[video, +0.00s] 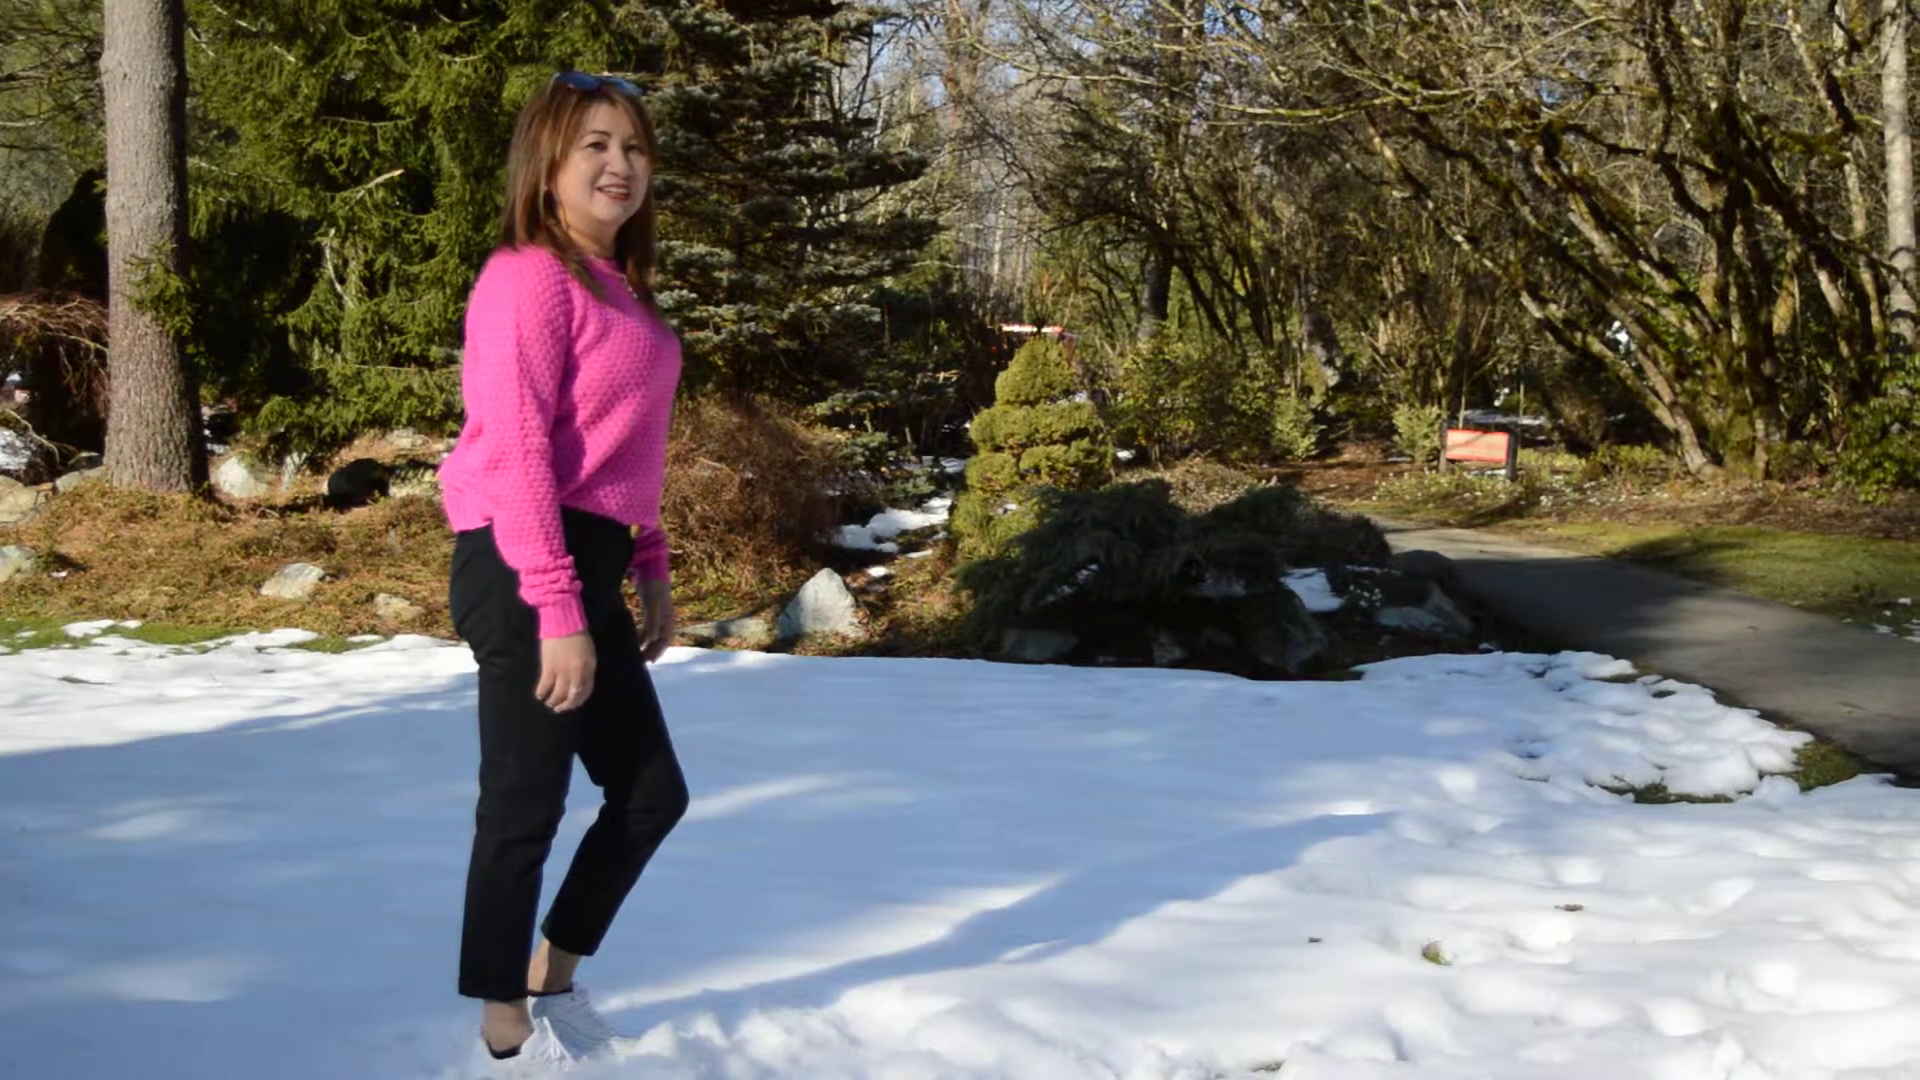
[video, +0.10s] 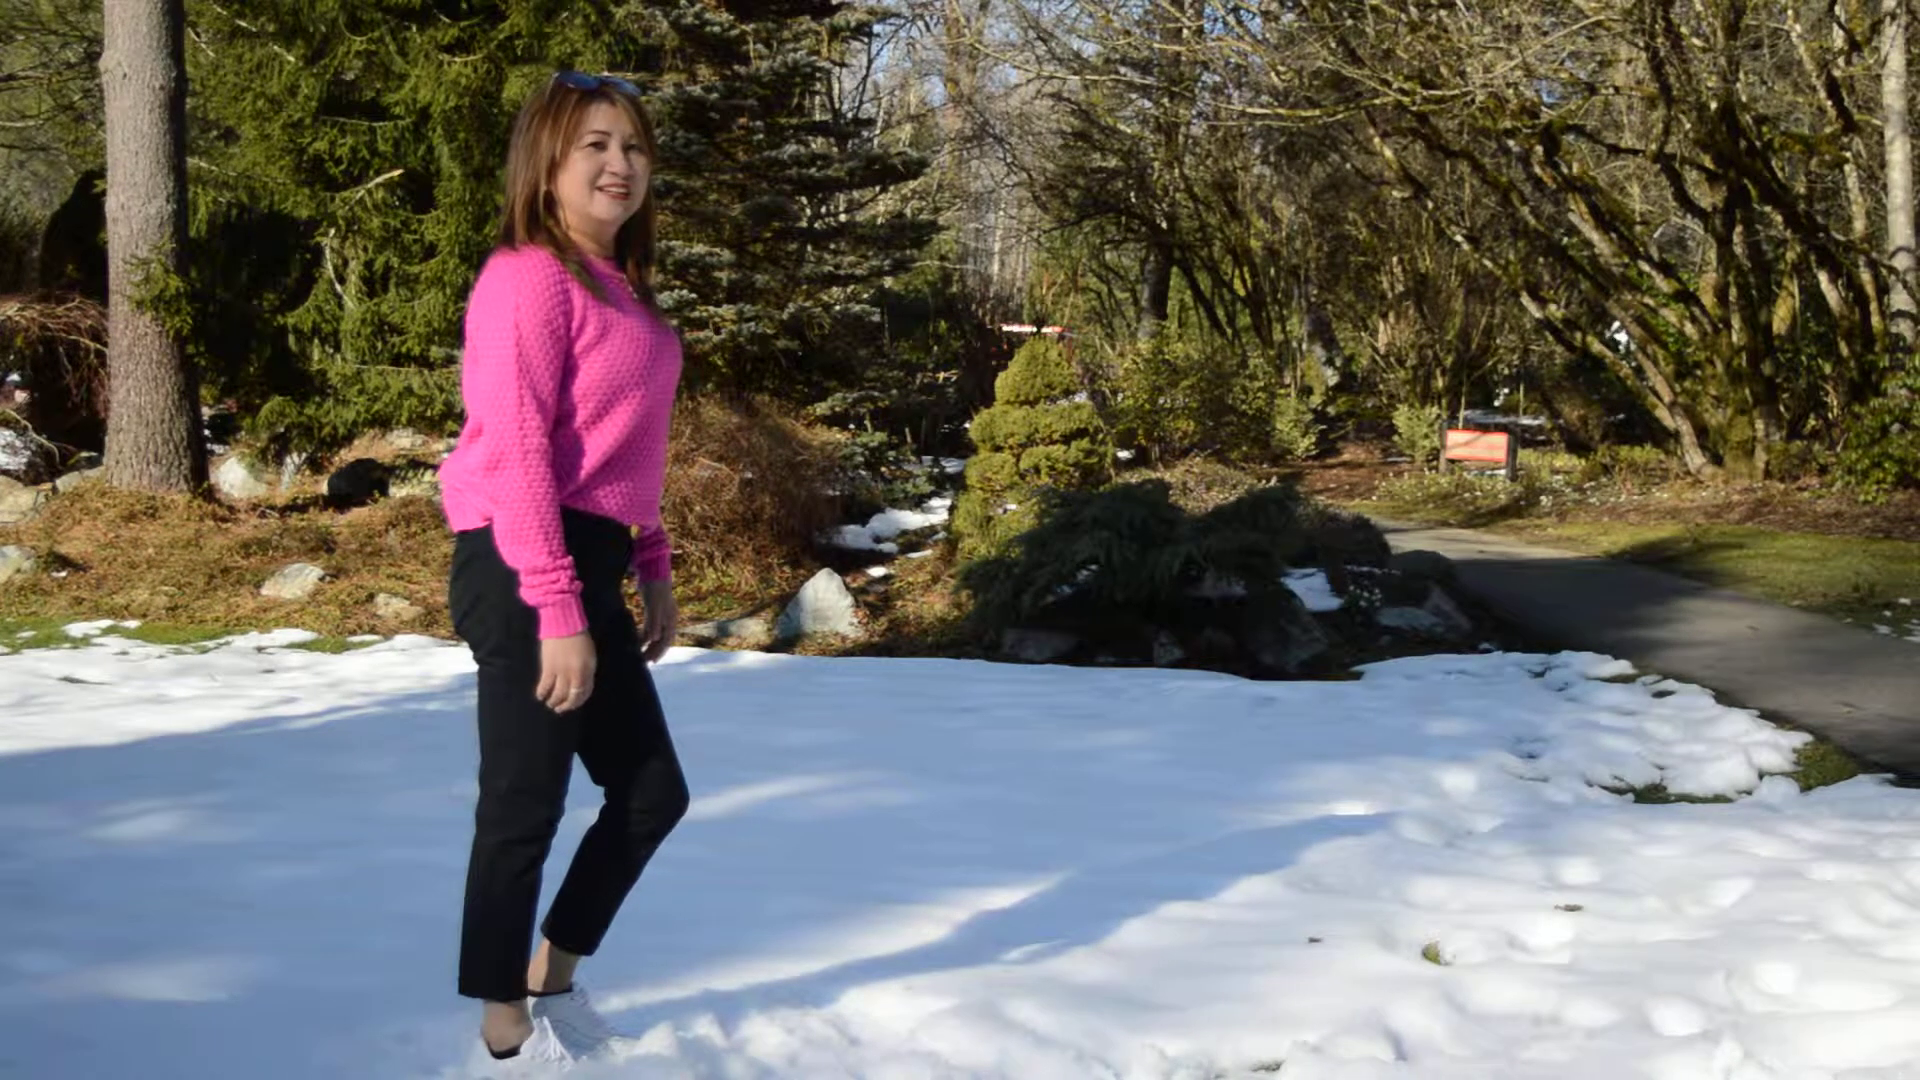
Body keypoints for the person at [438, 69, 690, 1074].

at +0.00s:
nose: (620, 165)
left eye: (635, 149)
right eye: (596, 145)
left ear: (648, 173)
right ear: (547, 163)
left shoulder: (618, 291)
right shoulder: (524, 278)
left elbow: (624, 451)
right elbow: (516, 450)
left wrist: (649, 571)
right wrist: (557, 610)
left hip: (589, 560)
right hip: (519, 555)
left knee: (651, 793)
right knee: (522, 803)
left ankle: (549, 981)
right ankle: (501, 1040)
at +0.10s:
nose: (620, 165)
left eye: (634, 149)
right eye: (596, 145)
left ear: (647, 173)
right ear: (546, 163)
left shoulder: (618, 291)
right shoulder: (524, 277)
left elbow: (622, 450)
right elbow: (516, 450)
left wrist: (652, 567)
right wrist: (557, 609)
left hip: (588, 559)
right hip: (518, 554)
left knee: (652, 792)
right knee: (521, 804)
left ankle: (547, 981)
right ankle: (502, 1040)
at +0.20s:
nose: (621, 164)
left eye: (634, 148)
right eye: (596, 144)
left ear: (647, 172)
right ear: (547, 164)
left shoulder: (619, 291)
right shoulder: (525, 279)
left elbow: (619, 451)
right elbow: (516, 452)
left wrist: (653, 568)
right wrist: (558, 610)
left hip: (589, 560)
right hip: (518, 555)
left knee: (653, 792)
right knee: (522, 803)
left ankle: (547, 981)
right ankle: (501, 1041)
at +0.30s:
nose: (622, 163)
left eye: (635, 147)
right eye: (598, 144)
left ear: (648, 171)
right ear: (548, 163)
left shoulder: (620, 291)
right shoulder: (525, 279)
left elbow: (625, 450)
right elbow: (516, 453)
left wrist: (653, 571)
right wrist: (559, 612)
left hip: (592, 560)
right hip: (519, 555)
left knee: (654, 794)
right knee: (523, 802)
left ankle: (550, 977)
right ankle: (501, 1039)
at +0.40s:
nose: (622, 163)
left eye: (636, 147)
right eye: (598, 144)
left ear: (649, 171)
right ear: (549, 163)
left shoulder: (620, 291)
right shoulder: (525, 279)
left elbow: (625, 450)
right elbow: (519, 454)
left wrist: (655, 568)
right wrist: (560, 611)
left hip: (594, 559)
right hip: (521, 553)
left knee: (655, 795)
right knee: (524, 801)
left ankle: (549, 977)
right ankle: (501, 1040)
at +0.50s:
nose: (623, 163)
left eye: (636, 146)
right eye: (599, 143)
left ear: (650, 170)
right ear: (550, 162)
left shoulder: (620, 291)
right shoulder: (526, 280)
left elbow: (629, 449)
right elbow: (521, 454)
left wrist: (659, 569)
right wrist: (562, 611)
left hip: (595, 558)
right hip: (524, 553)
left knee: (656, 794)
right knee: (526, 801)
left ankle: (549, 977)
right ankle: (501, 1039)